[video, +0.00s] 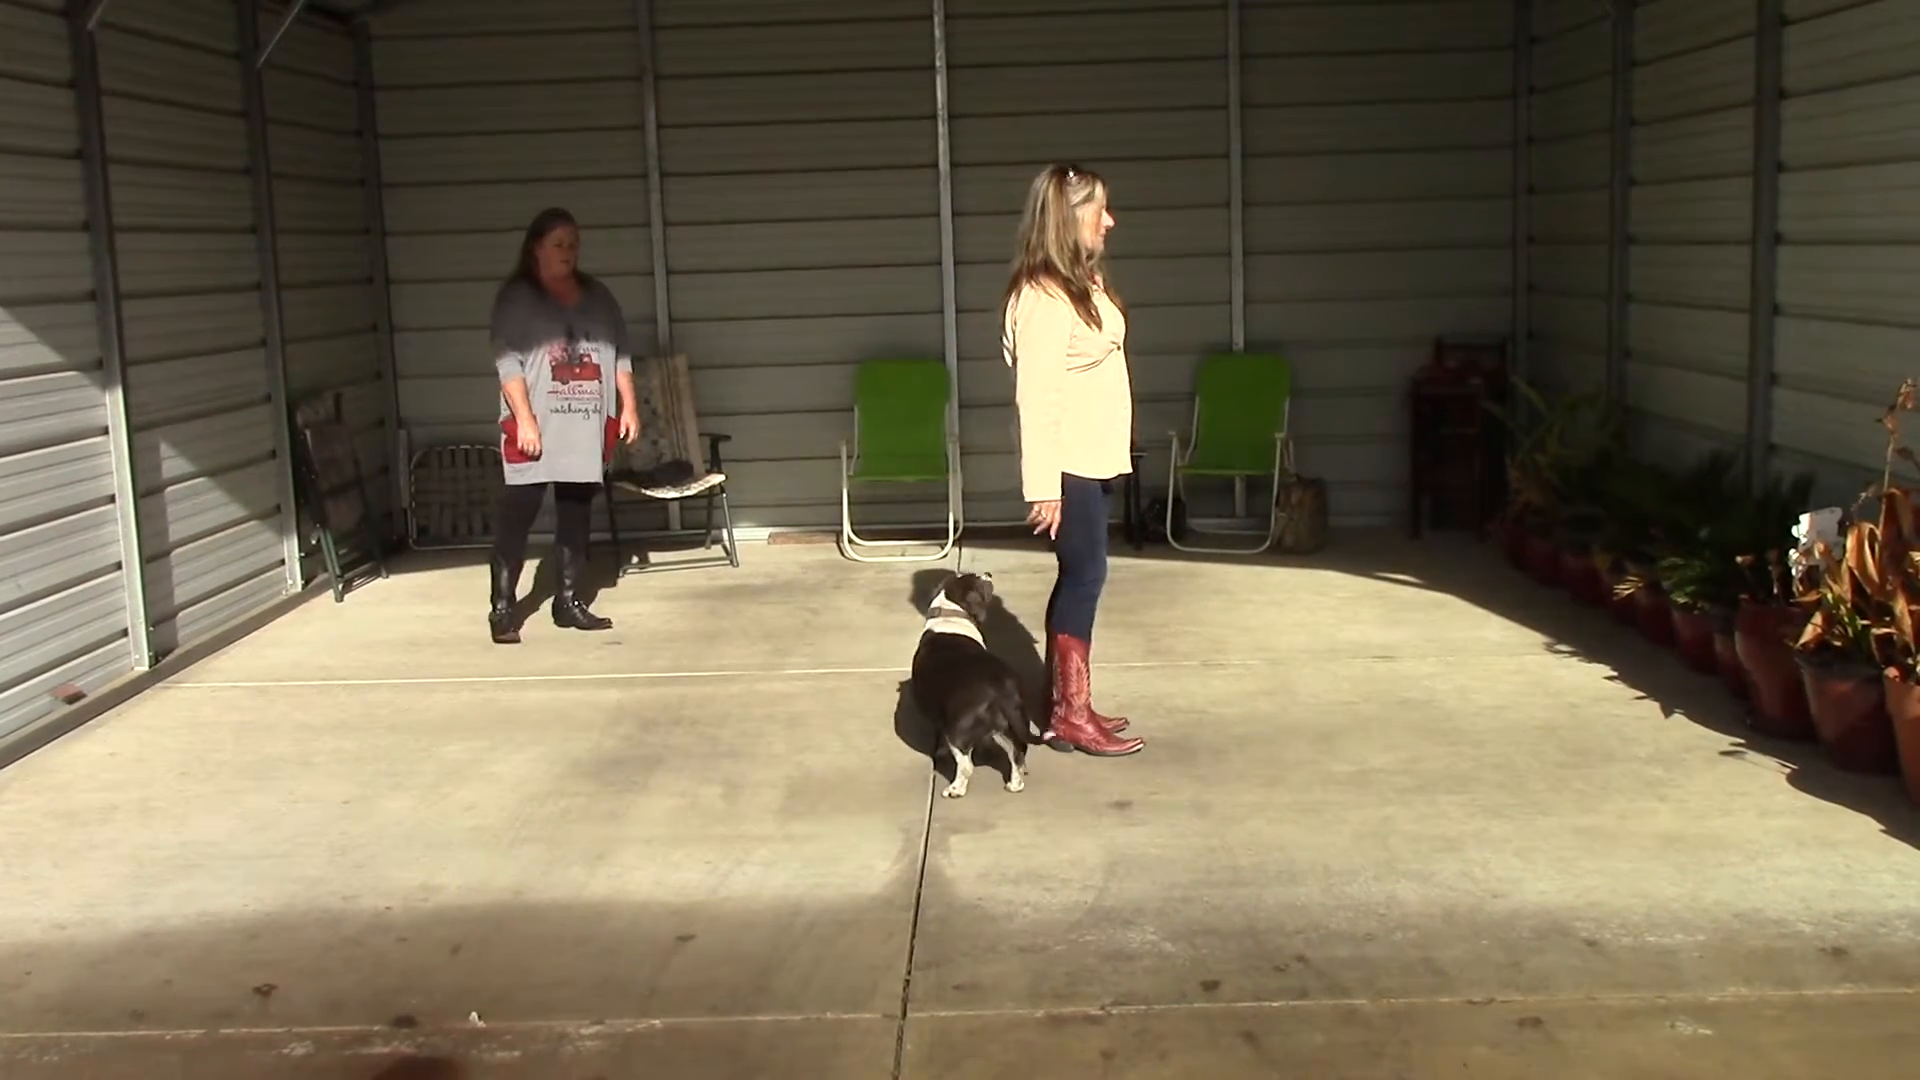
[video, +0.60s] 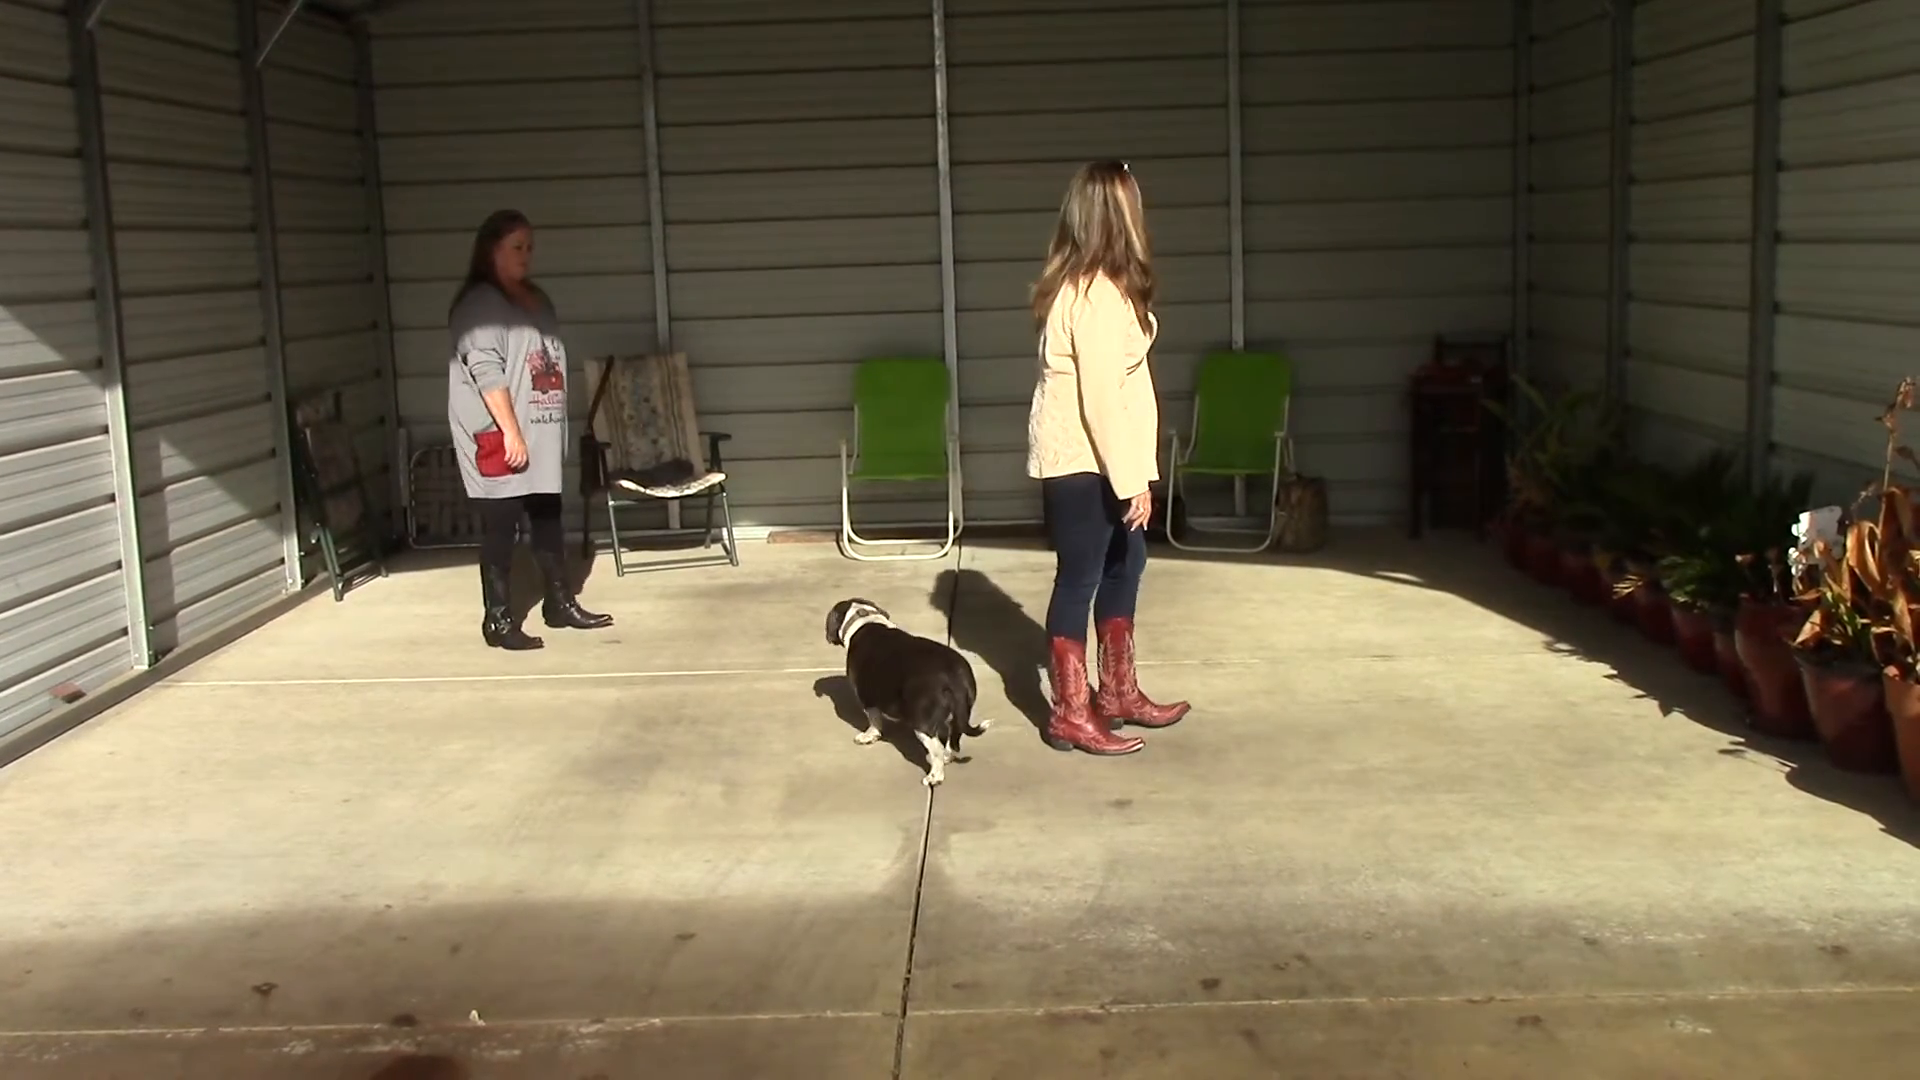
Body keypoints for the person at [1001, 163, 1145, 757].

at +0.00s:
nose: (1108, 222)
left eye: (1106, 211)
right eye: (1098, 212)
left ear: (1076, 220)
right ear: (1068, 217)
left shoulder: (1084, 286)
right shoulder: (1041, 297)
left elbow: (1091, 386)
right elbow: (1035, 399)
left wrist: (1106, 460)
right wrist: (1043, 486)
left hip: (1094, 460)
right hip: (1068, 464)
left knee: (1078, 574)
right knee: (1085, 574)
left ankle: (1068, 704)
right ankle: (1069, 714)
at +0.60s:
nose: (1142, 219)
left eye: (1137, 207)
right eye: (1136, 209)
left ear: (1082, 216)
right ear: (1122, 217)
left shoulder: (1097, 285)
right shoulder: (1096, 292)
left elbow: (1117, 394)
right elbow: (1102, 400)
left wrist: (1140, 471)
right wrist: (1132, 482)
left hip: (1105, 452)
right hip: (1080, 458)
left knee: (1125, 560)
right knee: (1081, 573)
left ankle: (1117, 693)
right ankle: (1069, 712)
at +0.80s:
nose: (1158, 221)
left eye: (1154, 209)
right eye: (1153, 211)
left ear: (1097, 218)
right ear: (1141, 218)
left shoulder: (1094, 286)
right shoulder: (1121, 294)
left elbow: (1102, 392)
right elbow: (1124, 401)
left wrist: (1142, 468)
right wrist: (1145, 484)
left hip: (1109, 452)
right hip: (1098, 458)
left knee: (1134, 563)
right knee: (1088, 573)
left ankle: (1143, 696)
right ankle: (1070, 712)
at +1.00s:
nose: (1168, 219)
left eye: (1163, 208)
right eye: (1162, 210)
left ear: (1107, 217)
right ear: (1148, 218)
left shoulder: (1126, 286)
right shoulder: (1126, 292)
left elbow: (1147, 390)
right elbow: (1134, 397)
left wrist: (1171, 466)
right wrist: (1164, 477)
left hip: (1139, 451)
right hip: (1116, 454)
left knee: (1149, 564)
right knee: (1110, 570)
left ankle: (1147, 696)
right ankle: (1071, 710)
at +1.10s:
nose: (1174, 218)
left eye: (1169, 206)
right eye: (1167, 208)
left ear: (1113, 216)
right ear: (1150, 217)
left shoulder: (1132, 284)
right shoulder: (1129, 291)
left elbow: (1152, 388)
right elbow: (1140, 393)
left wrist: (1179, 463)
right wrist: (1171, 472)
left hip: (1143, 449)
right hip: (1124, 451)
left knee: (1153, 562)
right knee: (1127, 567)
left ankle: (1148, 695)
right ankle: (1076, 707)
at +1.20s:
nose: (1178, 217)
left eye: (1174, 205)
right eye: (1171, 207)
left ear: (1117, 214)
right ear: (1153, 215)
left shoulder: (1127, 282)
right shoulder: (1134, 290)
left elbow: (1151, 387)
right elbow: (1143, 391)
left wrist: (1182, 462)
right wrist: (1176, 469)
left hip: (1137, 451)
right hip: (1132, 453)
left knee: (1152, 566)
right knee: (1151, 569)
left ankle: (1147, 696)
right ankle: (1084, 698)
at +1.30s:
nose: (1183, 216)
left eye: (1179, 204)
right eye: (1175, 206)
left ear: (1124, 214)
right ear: (1155, 214)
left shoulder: (1127, 282)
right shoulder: (1137, 290)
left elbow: (1149, 385)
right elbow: (1146, 390)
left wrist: (1184, 459)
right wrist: (1179, 465)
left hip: (1130, 451)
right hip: (1137, 453)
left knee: (1147, 564)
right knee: (1171, 564)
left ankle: (1149, 694)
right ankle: (1100, 690)